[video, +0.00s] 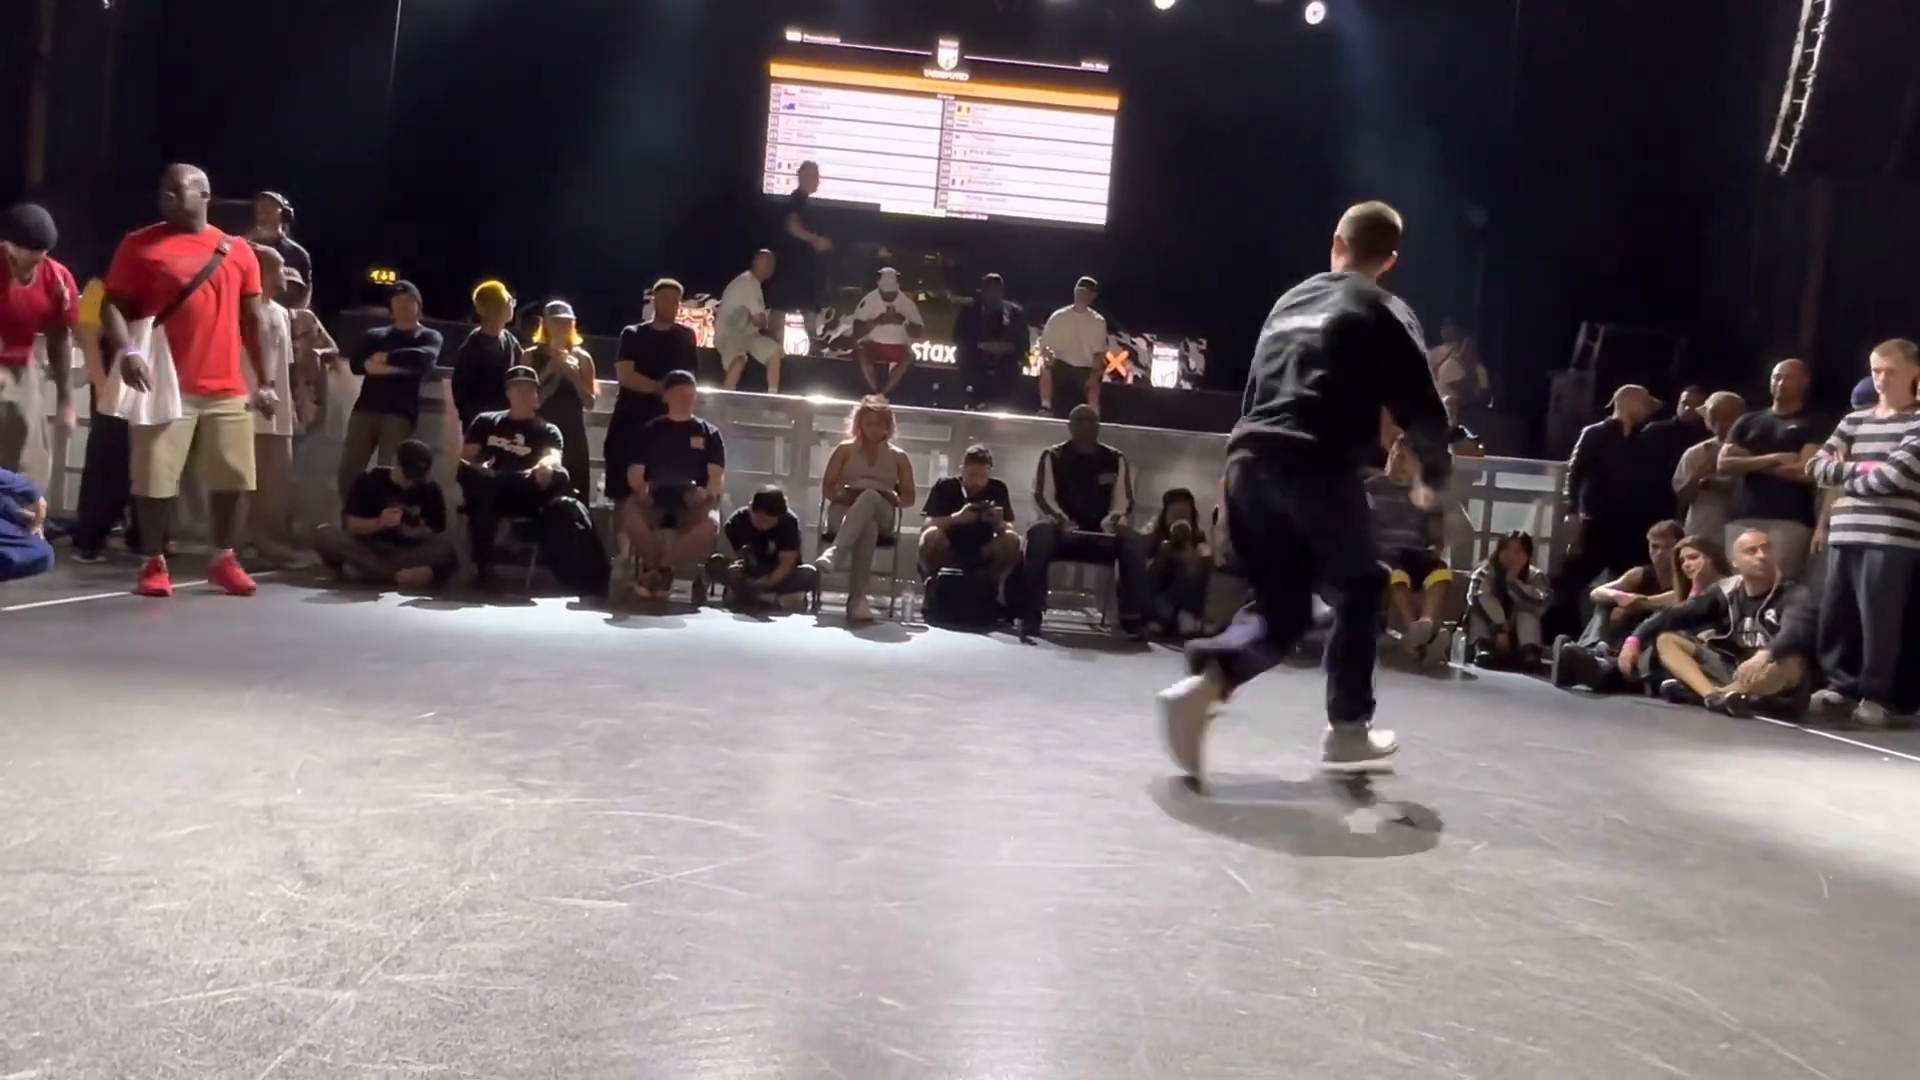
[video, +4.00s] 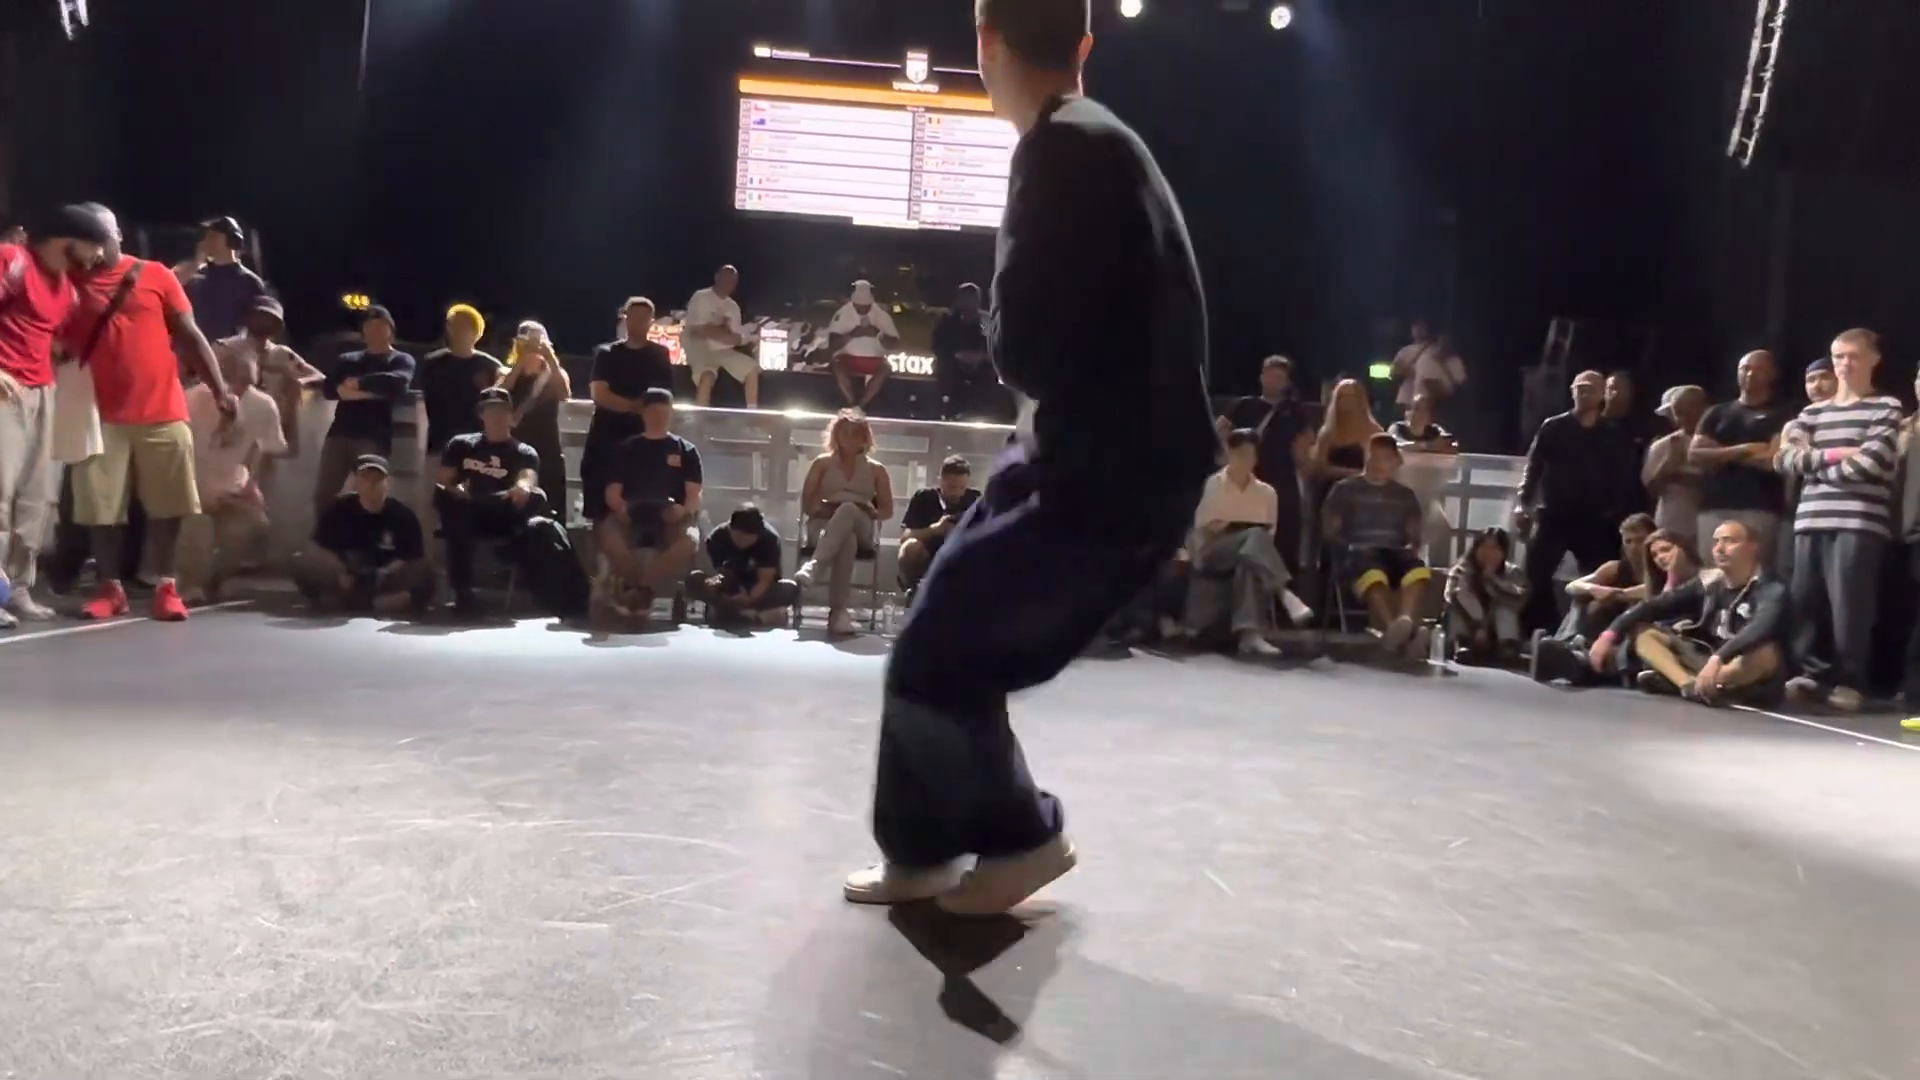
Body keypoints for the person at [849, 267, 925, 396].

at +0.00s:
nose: (889, 297)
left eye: (892, 293)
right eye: (885, 293)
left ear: (897, 289)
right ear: (879, 289)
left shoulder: (906, 302)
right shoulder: (869, 300)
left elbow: (918, 333)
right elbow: (856, 331)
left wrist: (903, 321)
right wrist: (879, 320)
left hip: (898, 346)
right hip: (873, 344)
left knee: (909, 357)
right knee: (861, 352)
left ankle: (884, 393)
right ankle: (875, 391)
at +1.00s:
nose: (890, 296)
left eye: (893, 293)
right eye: (886, 292)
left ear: (899, 289)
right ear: (880, 288)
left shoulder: (908, 302)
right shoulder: (869, 300)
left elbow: (919, 332)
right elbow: (857, 332)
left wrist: (904, 320)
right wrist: (879, 320)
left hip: (900, 346)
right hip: (874, 344)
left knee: (910, 357)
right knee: (863, 353)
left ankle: (885, 392)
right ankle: (876, 391)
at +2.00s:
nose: (890, 296)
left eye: (893, 293)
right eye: (886, 293)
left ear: (898, 290)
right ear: (880, 290)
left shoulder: (907, 303)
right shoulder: (869, 300)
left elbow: (918, 332)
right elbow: (858, 330)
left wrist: (904, 322)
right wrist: (879, 321)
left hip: (899, 347)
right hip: (873, 344)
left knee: (909, 357)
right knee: (863, 352)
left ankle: (885, 393)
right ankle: (875, 392)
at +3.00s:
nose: (886, 301)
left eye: (890, 298)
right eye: (883, 298)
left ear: (895, 295)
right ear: (876, 294)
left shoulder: (904, 308)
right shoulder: (866, 306)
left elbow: (914, 338)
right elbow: (855, 336)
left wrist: (901, 327)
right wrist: (875, 327)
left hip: (897, 351)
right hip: (870, 350)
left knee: (907, 363)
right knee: (860, 359)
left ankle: (883, 398)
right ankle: (872, 396)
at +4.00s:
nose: (862, 309)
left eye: (866, 306)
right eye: (859, 306)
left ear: (871, 303)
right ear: (853, 302)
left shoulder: (881, 315)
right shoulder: (843, 313)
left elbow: (894, 344)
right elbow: (832, 344)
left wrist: (877, 333)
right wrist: (853, 334)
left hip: (875, 359)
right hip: (848, 357)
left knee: (885, 369)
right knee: (837, 366)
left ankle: (862, 405)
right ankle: (852, 404)